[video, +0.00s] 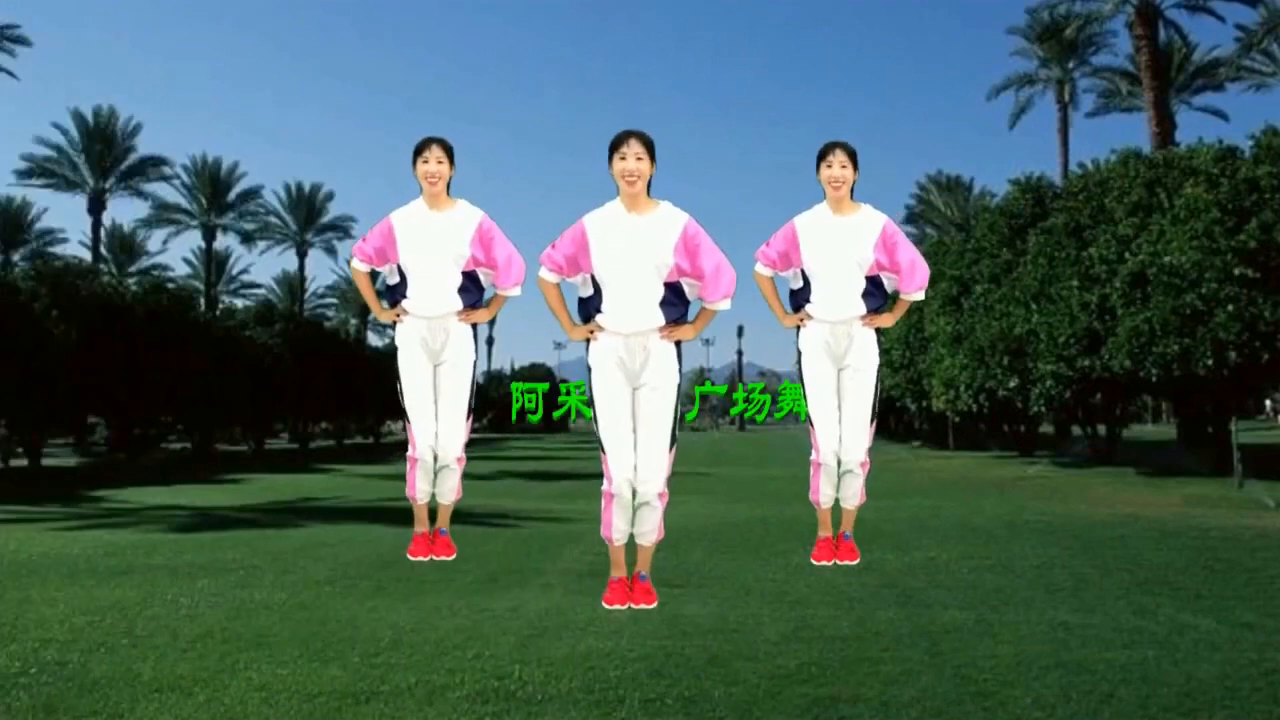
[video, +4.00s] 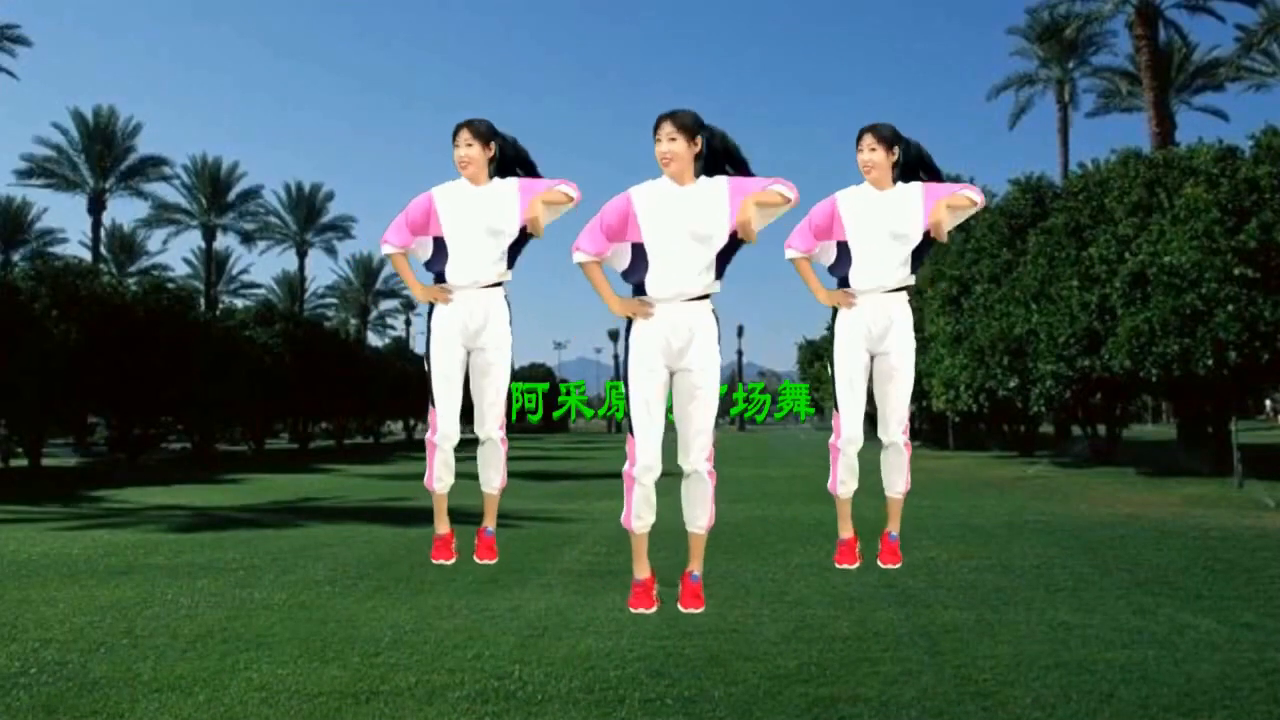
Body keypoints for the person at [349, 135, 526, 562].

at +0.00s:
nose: (433, 168)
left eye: (440, 161)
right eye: (425, 162)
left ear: (451, 169)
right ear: (415, 170)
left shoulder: (472, 218)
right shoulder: (400, 220)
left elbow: (513, 267)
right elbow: (358, 262)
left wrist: (489, 310)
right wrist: (379, 309)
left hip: (458, 330)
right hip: (413, 329)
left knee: (452, 432)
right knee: (421, 431)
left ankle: (443, 528)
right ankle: (421, 529)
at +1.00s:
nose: (447, 188)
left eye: (453, 181)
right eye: (439, 181)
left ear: (461, 187)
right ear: (424, 188)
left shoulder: (487, 224)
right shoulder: (418, 234)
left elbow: (535, 261)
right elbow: (423, 258)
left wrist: (522, 309)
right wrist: (423, 208)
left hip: (495, 343)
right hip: (450, 346)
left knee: (502, 451)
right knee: (445, 448)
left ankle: (523, 522)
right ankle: (419, 531)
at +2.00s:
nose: (463, 175)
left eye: (469, 169)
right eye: (455, 168)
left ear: (477, 176)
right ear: (440, 176)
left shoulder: (497, 218)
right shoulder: (433, 219)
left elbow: (539, 262)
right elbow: (478, 239)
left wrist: (521, 307)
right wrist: (534, 216)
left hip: (501, 333)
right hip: (457, 334)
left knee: (507, 437)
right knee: (458, 443)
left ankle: (516, 521)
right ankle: (431, 531)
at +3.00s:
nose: (476, 162)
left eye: (484, 156)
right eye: (469, 156)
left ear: (495, 165)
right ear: (458, 164)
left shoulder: (511, 212)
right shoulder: (436, 210)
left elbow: (551, 255)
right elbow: (396, 255)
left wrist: (523, 284)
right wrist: (420, 301)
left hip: (498, 321)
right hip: (453, 322)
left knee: (498, 428)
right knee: (461, 429)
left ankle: (489, 531)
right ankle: (449, 530)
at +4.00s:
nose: (461, 153)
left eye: (469, 145)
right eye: (457, 146)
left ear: (491, 150)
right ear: (453, 154)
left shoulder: (515, 190)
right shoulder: (437, 198)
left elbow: (572, 191)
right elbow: (392, 243)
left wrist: (539, 203)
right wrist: (418, 287)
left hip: (493, 306)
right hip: (448, 307)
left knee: (492, 424)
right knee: (444, 424)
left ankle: (488, 528)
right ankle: (441, 528)